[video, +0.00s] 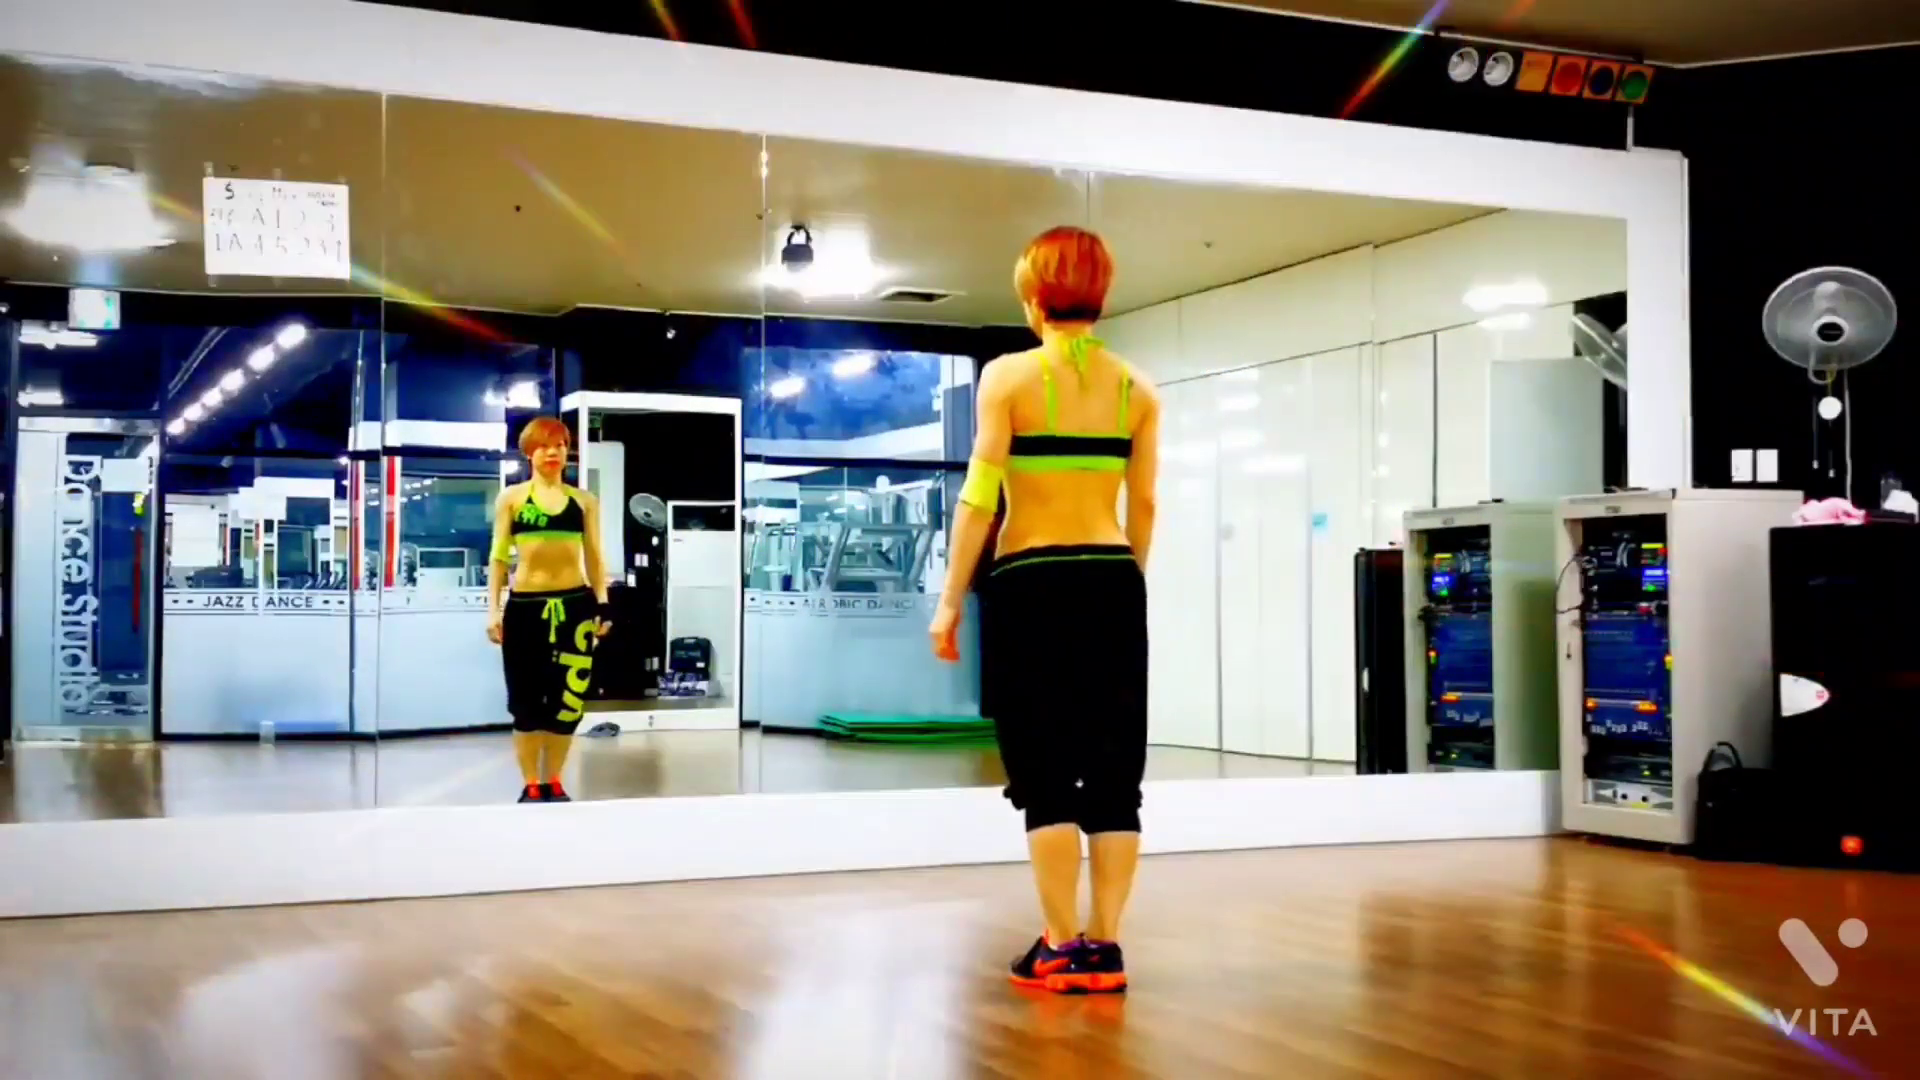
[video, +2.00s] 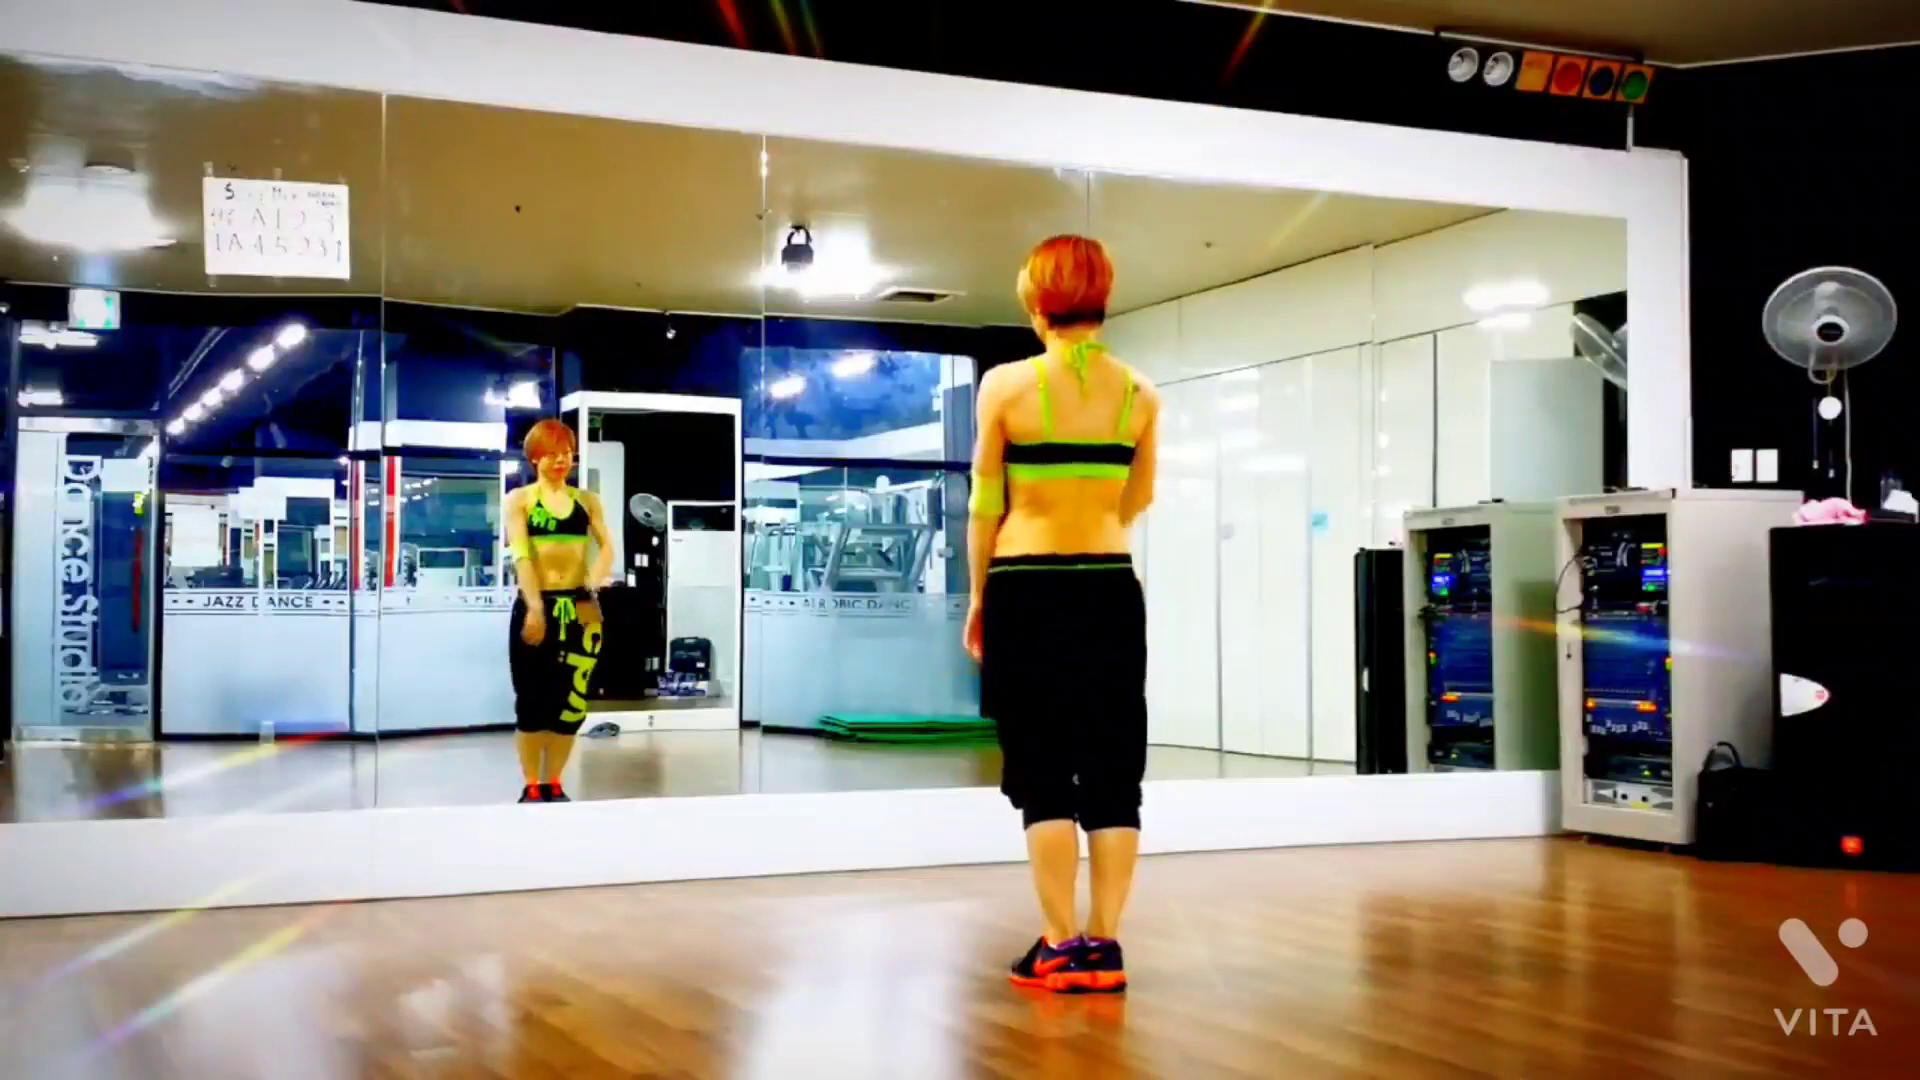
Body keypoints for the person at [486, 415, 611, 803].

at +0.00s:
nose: (552, 454)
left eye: (559, 447)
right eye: (544, 447)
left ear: (566, 451)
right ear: (530, 453)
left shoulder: (585, 501)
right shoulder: (511, 498)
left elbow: (595, 559)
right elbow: (499, 559)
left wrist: (603, 605)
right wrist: (495, 609)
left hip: (575, 606)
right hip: (525, 608)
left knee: (568, 701)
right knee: (527, 702)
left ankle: (553, 780)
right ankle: (531, 783)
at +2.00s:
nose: (560, 462)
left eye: (566, 455)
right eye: (551, 455)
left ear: (573, 457)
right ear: (535, 459)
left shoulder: (587, 501)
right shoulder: (519, 500)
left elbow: (607, 548)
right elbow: (523, 556)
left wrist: (595, 582)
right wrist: (535, 606)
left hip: (580, 606)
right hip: (537, 604)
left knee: (571, 699)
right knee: (533, 699)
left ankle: (552, 783)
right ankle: (531, 785)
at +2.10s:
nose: (560, 465)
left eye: (566, 457)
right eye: (551, 459)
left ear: (573, 458)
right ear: (535, 461)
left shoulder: (586, 496)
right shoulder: (519, 496)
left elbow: (611, 531)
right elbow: (525, 545)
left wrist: (577, 542)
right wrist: (557, 585)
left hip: (580, 603)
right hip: (533, 604)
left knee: (570, 697)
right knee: (532, 698)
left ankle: (553, 783)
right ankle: (531, 785)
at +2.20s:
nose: (561, 465)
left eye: (566, 458)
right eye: (552, 459)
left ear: (574, 459)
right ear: (537, 461)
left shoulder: (583, 496)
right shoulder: (520, 490)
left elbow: (611, 485)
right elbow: (524, 513)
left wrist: (566, 488)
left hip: (581, 602)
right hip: (533, 602)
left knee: (571, 700)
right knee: (531, 700)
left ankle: (553, 783)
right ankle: (531, 785)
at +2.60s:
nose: (554, 461)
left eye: (559, 454)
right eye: (546, 456)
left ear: (568, 458)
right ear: (531, 463)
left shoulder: (585, 499)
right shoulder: (521, 501)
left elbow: (590, 518)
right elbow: (549, 518)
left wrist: (577, 482)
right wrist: (566, 487)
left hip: (576, 608)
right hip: (530, 609)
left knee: (570, 708)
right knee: (537, 706)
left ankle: (553, 782)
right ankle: (532, 785)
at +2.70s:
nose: (554, 485)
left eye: (559, 478)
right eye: (545, 479)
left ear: (568, 488)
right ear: (531, 493)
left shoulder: (586, 537)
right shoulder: (521, 533)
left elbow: (583, 579)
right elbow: (537, 577)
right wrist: (570, 588)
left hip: (573, 640)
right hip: (529, 641)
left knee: (572, 733)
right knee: (540, 728)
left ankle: (552, 783)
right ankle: (532, 787)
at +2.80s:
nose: (556, 488)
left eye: (561, 483)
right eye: (547, 484)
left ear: (571, 494)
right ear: (532, 498)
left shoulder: (587, 543)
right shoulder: (519, 542)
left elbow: (591, 596)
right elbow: (521, 602)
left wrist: (589, 638)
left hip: (572, 637)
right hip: (529, 638)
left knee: (573, 729)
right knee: (538, 722)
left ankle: (553, 783)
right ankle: (532, 786)